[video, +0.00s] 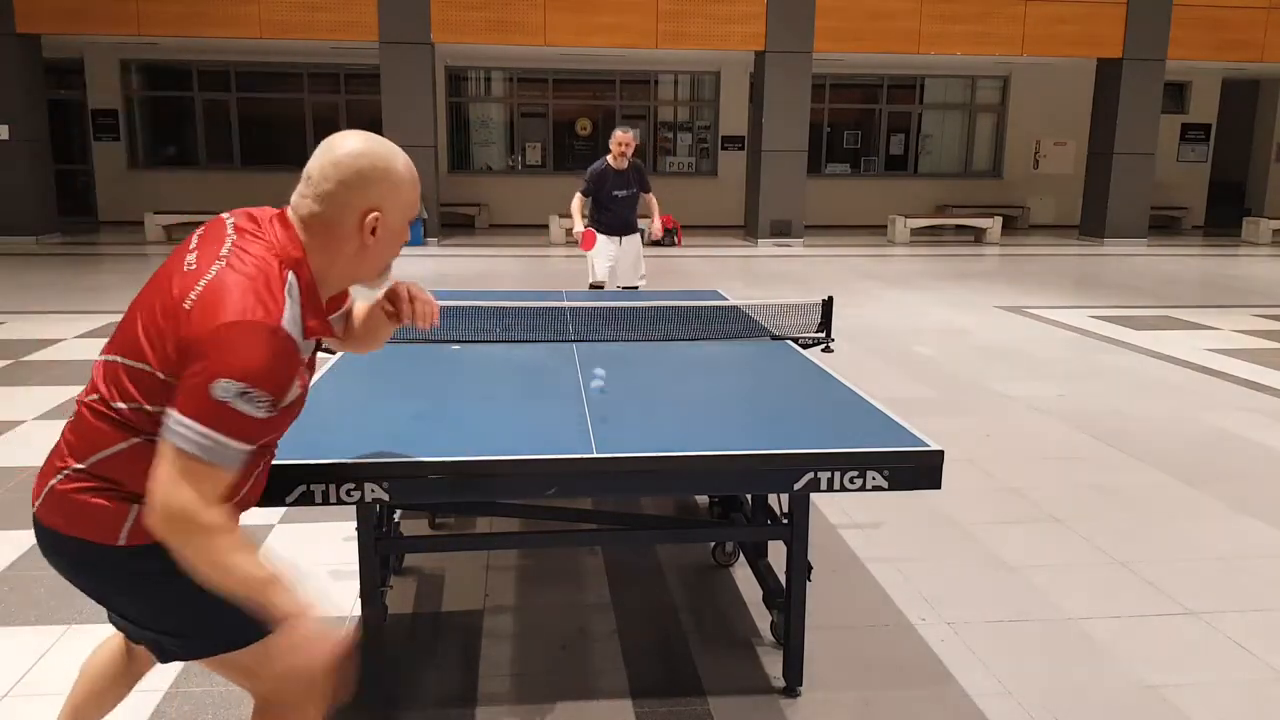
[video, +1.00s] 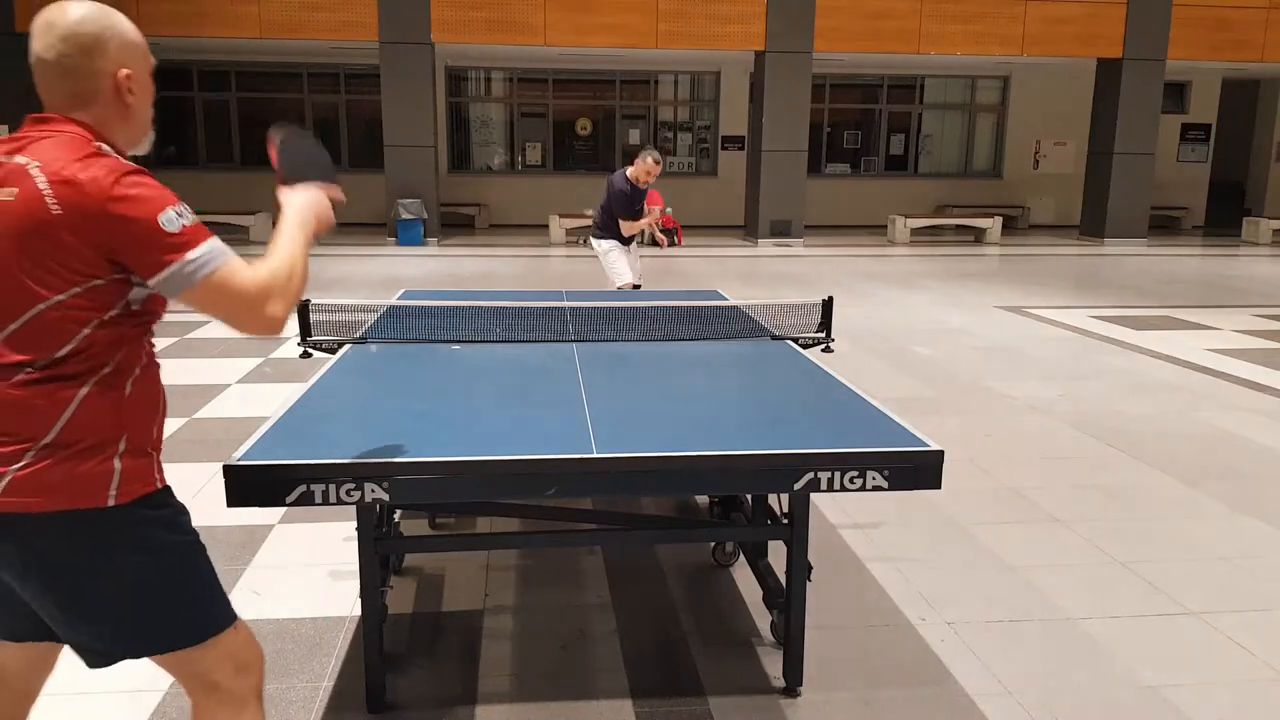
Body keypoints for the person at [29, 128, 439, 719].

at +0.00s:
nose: (404, 243)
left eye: (410, 228)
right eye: (406, 228)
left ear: (309, 194)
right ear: (370, 226)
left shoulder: (258, 231)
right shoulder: (254, 321)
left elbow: (349, 330)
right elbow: (178, 507)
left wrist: (387, 310)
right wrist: (293, 612)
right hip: (111, 525)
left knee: (144, 637)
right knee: (303, 670)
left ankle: (70, 716)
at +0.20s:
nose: (371, 207)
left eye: (375, 188)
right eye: (368, 188)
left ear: (303, 182)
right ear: (310, 182)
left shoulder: (247, 210)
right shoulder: (204, 287)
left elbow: (306, 287)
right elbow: (127, 475)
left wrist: (339, 282)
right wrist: (157, 616)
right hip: (143, 508)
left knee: (145, 633)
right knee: (292, 677)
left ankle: (73, 716)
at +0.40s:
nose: (264, 104)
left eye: (265, 84)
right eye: (253, 84)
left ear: (184, 82)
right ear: (192, 82)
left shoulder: (82, 156)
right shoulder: (149, 175)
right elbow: (346, 207)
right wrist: (347, 71)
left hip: (72, 481)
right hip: (143, 497)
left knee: (101, 616)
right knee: (251, 673)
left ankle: (38, 718)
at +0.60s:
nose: (152, 86)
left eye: (151, 72)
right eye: (146, 71)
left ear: (46, 73)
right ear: (111, 77)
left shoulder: (13, 147)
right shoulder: (97, 154)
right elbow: (267, 98)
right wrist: (193, 13)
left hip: (23, 488)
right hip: (118, 493)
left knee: (38, 663)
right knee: (241, 675)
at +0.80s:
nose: (113, 106)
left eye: (110, 87)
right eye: (108, 86)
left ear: (8, 88)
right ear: (78, 87)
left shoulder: (11, 167)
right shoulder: (76, 180)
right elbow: (263, 219)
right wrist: (236, 104)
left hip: (8, 503)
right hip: (78, 505)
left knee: (13, 676)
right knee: (217, 671)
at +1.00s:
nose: (152, 90)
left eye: (149, 74)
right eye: (147, 74)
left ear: (49, 82)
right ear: (123, 84)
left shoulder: (6, 161)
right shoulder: (106, 186)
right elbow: (263, 307)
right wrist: (300, 213)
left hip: (9, 492)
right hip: (92, 500)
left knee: (14, 672)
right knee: (230, 674)